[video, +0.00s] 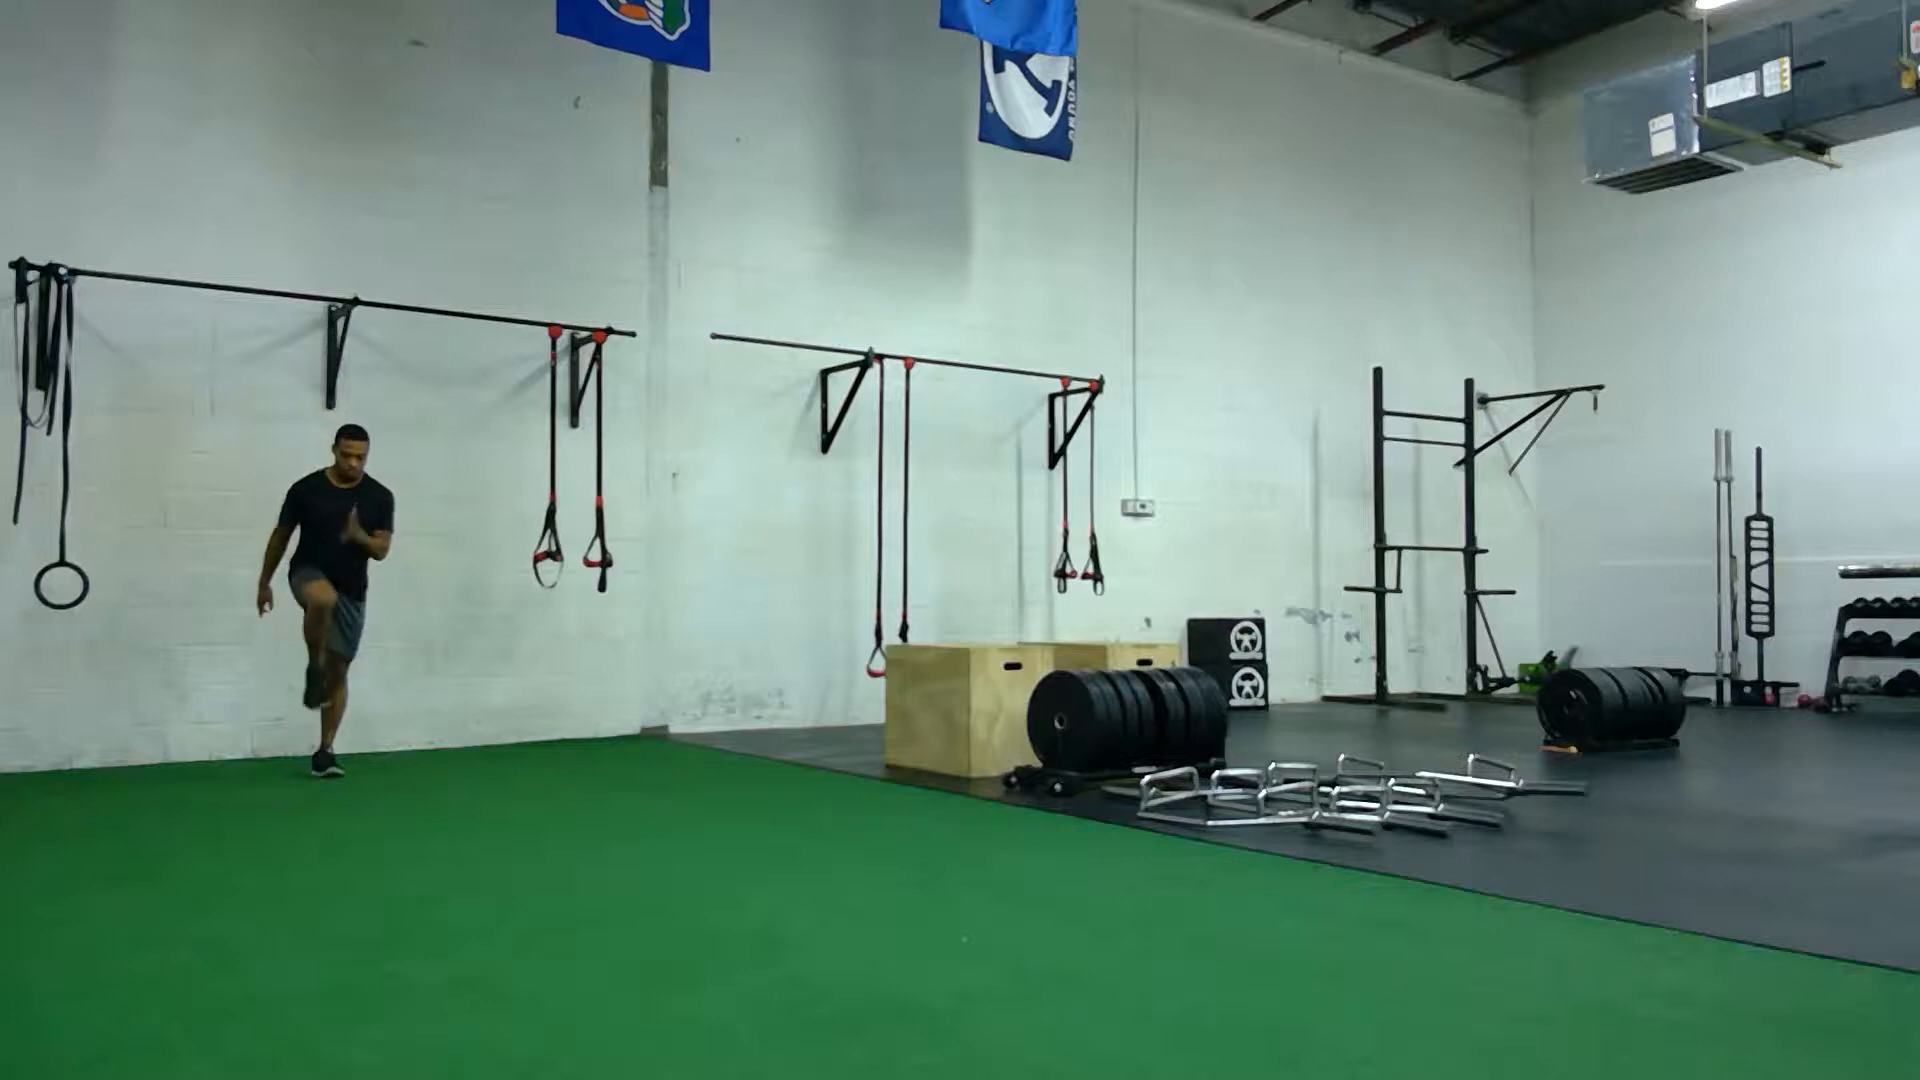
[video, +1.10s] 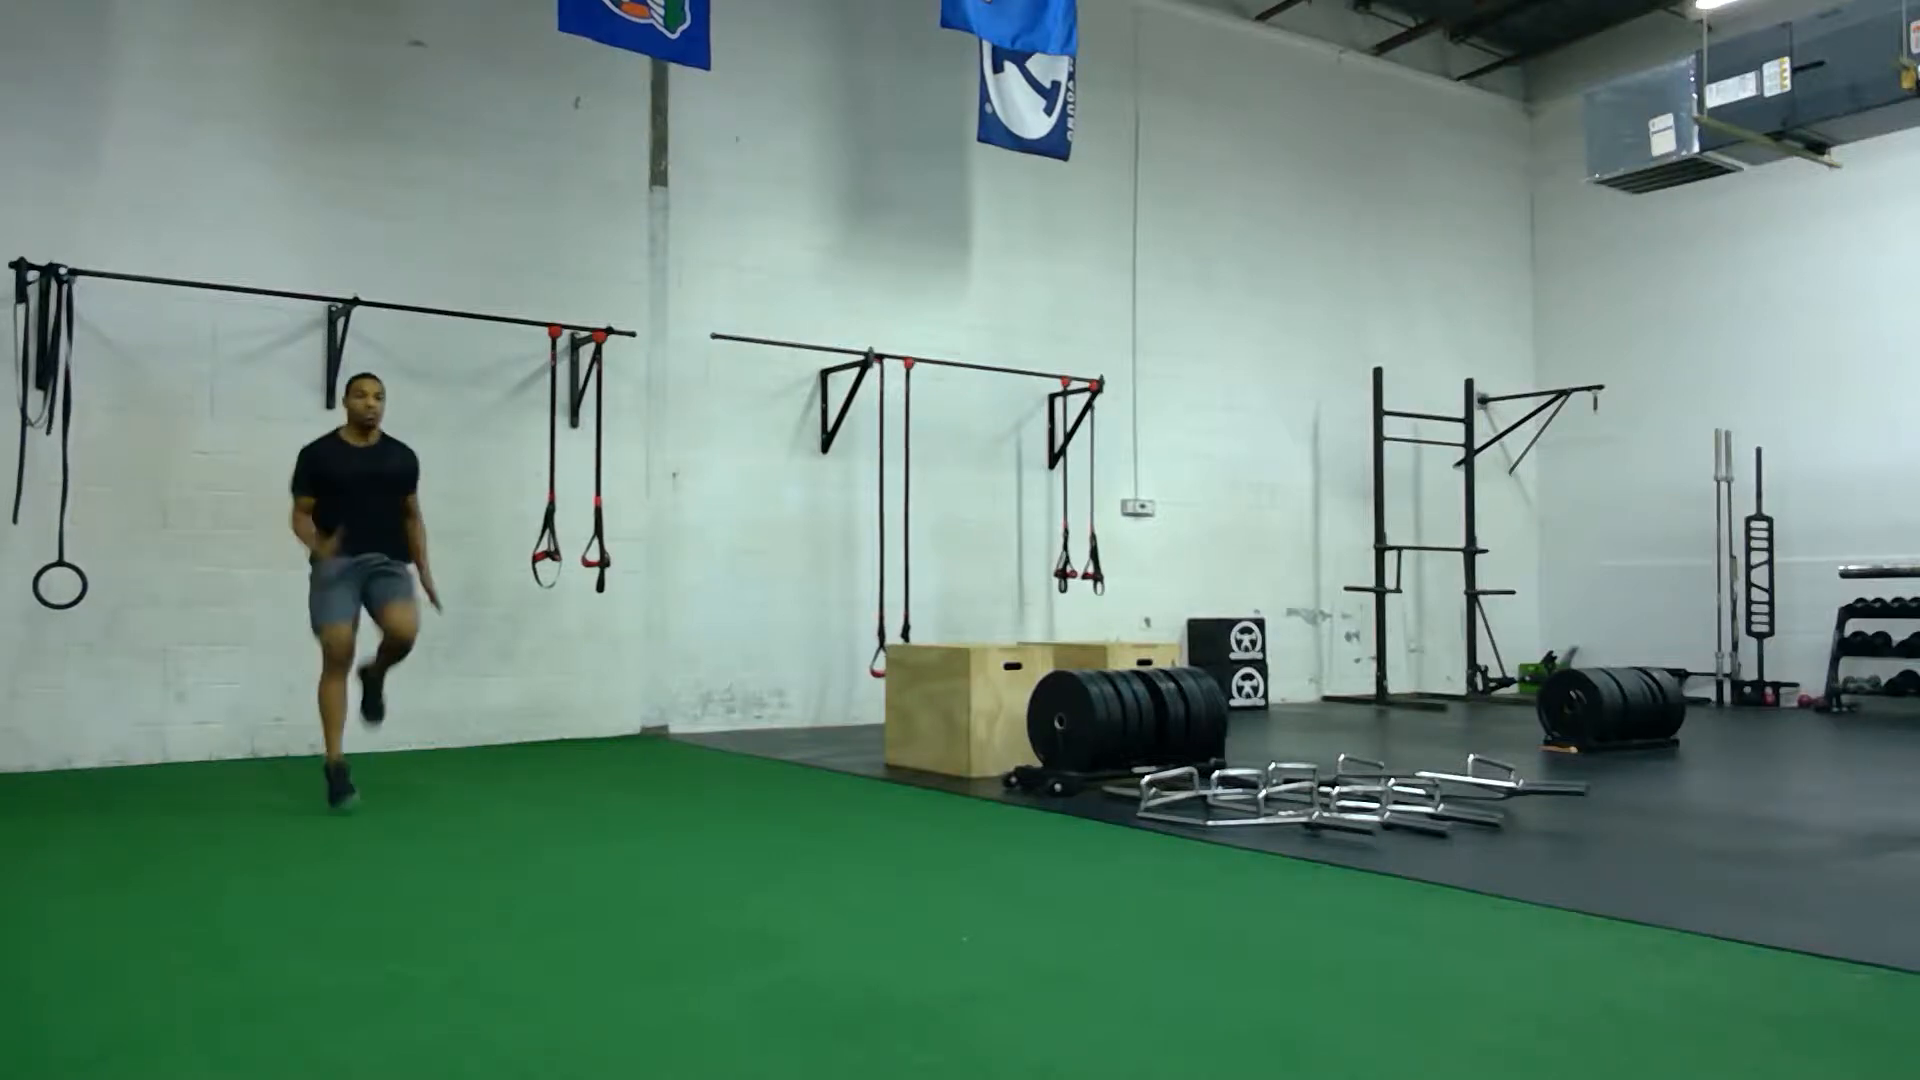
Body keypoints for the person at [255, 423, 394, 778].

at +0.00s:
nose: (354, 463)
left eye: (360, 456)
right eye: (348, 455)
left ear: (367, 456)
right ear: (334, 452)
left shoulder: (379, 496)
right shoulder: (306, 490)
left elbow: (381, 550)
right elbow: (280, 536)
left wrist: (360, 536)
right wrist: (264, 582)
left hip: (351, 587)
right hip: (309, 570)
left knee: (336, 671)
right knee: (323, 598)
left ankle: (325, 750)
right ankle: (315, 672)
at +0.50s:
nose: (344, 439)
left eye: (351, 433)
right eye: (337, 432)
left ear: (360, 436)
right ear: (326, 433)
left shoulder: (379, 479)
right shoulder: (301, 479)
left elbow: (389, 528)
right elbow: (281, 530)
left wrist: (373, 555)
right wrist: (269, 579)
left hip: (356, 580)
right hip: (311, 576)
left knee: (352, 665)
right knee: (304, 641)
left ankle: (333, 731)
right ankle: (301, 715)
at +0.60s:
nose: (341, 441)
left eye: (347, 435)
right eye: (333, 434)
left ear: (355, 441)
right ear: (320, 440)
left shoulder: (375, 485)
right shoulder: (298, 489)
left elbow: (400, 522)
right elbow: (285, 546)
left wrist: (408, 566)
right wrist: (297, 550)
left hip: (358, 587)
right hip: (310, 589)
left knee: (365, 649)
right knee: (306, 676)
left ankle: (342, 677)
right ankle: (299, 754)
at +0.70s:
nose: (346, 439)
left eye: (352, 433)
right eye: (338, 432)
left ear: (359, 438)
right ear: (324, 437)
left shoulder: (380, 481)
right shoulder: (301, 481)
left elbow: (406, 512)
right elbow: (286, 535)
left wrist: (414, 554)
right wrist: (314, 511)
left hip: (360, 582)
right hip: (311, 589)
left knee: (377, 633)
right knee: (309, 674)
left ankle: (353, 690)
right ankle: (300, 748)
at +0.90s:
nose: (368, 436)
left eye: (374, 430)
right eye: (360, 429)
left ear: (383, 438)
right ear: (346, 435)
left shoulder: (396, 488)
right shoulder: (318, 478)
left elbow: (392, 540)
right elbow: (275, 502)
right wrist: (245, 534)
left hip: (372, 583)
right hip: (326, 574)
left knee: (366, 678)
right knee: (351, 604)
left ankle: (355, 762)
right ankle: (329, 674)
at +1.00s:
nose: (369, 412)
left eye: (375, 406)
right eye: (360, 405)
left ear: (383, 413)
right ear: (345, 411)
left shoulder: (399, 461)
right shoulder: (317, 456)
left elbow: (416, 518)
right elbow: (281, 497)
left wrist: (391, 501)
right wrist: (266, 547)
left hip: (380, 568)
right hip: (333, 558)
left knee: (381, 662)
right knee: (342, 615)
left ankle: (365, 738)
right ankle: (339, 715)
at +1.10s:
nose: (369, 403)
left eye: (376, 397)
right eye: (361, 396)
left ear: (384, 406)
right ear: (345, 403)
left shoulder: (401, 456)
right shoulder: (317, 455)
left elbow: (412, 515)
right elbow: (301, 516)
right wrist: (317, 544)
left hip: (389, 563)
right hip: (335, 565)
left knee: (404, 633)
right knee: (338, 656)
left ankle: (374, 675)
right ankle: (335, 764)